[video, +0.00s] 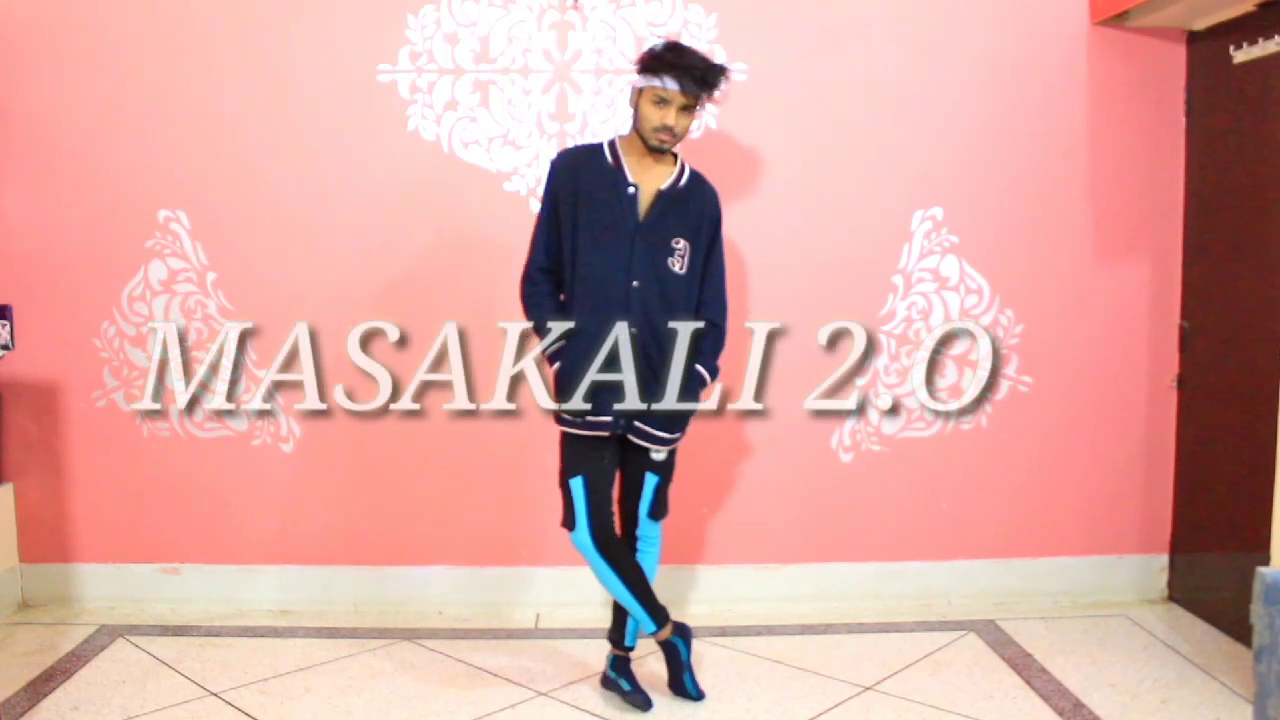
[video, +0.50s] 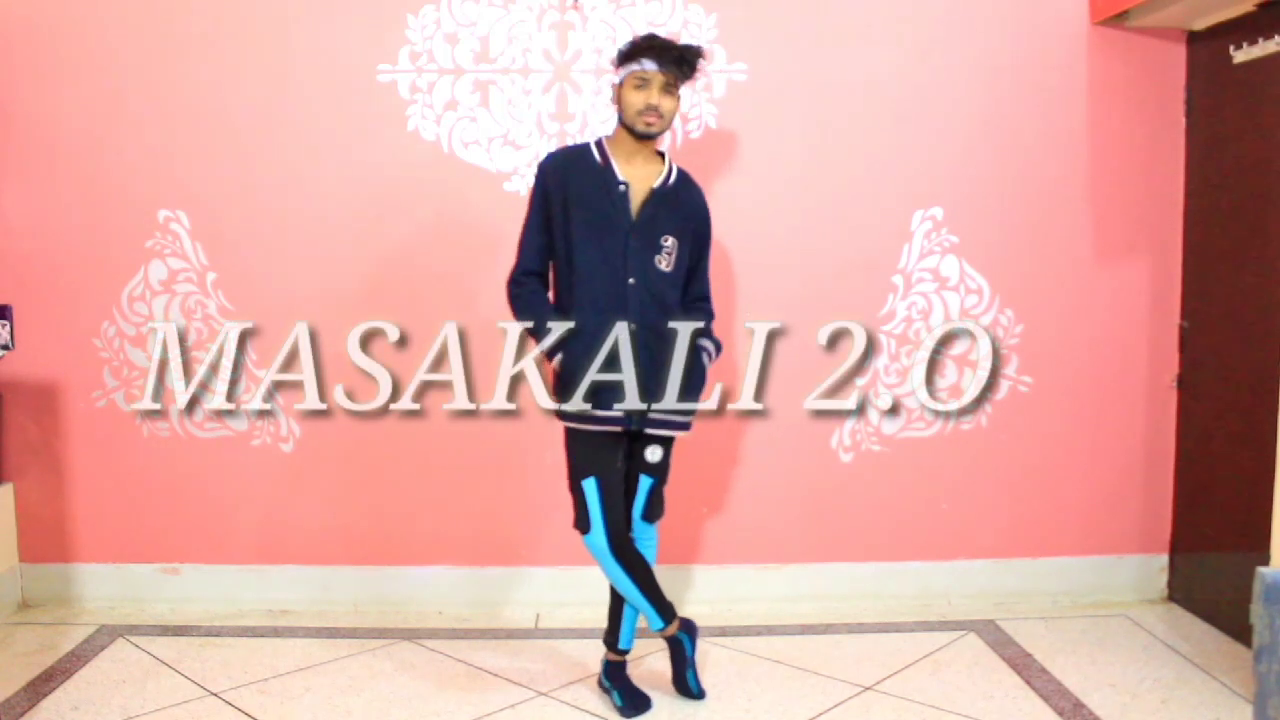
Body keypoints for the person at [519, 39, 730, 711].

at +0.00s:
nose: (669, 120)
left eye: (683, 110)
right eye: (660, 103)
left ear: (696, 117)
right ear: (635, 98)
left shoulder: (699, 196)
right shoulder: (575, 169)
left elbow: (712, 299)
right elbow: (539, 275)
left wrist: (703, 372)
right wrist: (559, 347)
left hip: (665, 386)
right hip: (588, 380)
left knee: (643, 524)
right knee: (586, 526)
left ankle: (619, 661)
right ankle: (669, 634)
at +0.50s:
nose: (652, 99)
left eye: (666, 89)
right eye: (639, 84)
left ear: (679, 101)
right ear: (616, 92)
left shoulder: (687, 194)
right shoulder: (564, 171)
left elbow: (696, 295)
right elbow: (526, 278)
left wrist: (701, 352)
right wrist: (556, 343)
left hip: (664, 381)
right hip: (590, 378)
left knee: (639, 523)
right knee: (597, 527)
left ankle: (616, 662)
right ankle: (675, 630)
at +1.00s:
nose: (624, 85)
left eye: (637, 73)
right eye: (610, 74)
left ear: (657, 85)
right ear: (593, 88)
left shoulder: (687, 180)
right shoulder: (557, 177)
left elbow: (722, 281)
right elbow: (525, 283)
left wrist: (761, 376)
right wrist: (486, 374)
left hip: (659, 383)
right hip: (582, 379)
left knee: (638, 525)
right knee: (587, 524)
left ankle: (618, 664)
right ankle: (593, 682)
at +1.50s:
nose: (590, 84)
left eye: (603, 75)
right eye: (576, 77)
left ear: (625, 91)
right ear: (560, 99)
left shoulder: (658, 170)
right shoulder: (536, 184)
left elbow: (657, 278)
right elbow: (538, 291)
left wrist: (601, 351)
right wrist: (600, 366)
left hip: (644, 369)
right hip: (572, 371)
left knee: (634, 513)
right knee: (564, 506)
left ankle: (618, 657)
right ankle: (573, 600)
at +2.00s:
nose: (566, 99)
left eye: (578, 90)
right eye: (553, 90)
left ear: (595, 104)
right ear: (535, 106)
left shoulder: (631, 177)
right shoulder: (511, 192)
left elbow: (666, 270)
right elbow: (492, 286)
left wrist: (687, 359)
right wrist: (474, 371)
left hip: (623, 358)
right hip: (554, 364)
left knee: (625, 489)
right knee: (569, 492)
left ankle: (605, 613)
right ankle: (586, 611)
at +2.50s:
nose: (602, 91)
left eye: (615, 80)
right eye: (589, 80)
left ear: (634, 95)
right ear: (568, 93)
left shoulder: (654, 186)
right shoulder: (532, 178)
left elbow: (662, 296)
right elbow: (517, 289)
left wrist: (659, 388)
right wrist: (543, 381)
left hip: (631, 380)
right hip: (559, 377)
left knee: (627, 516)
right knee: (562, 506)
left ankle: (624, 664)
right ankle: (583, 602)